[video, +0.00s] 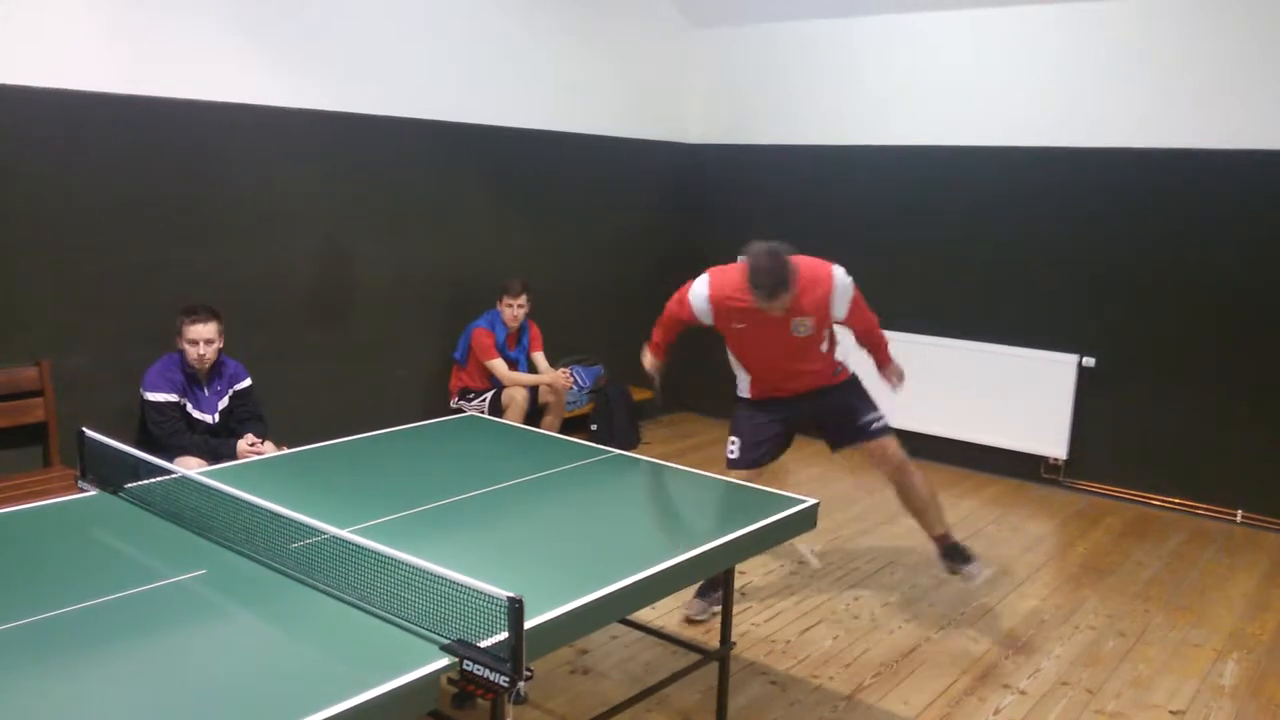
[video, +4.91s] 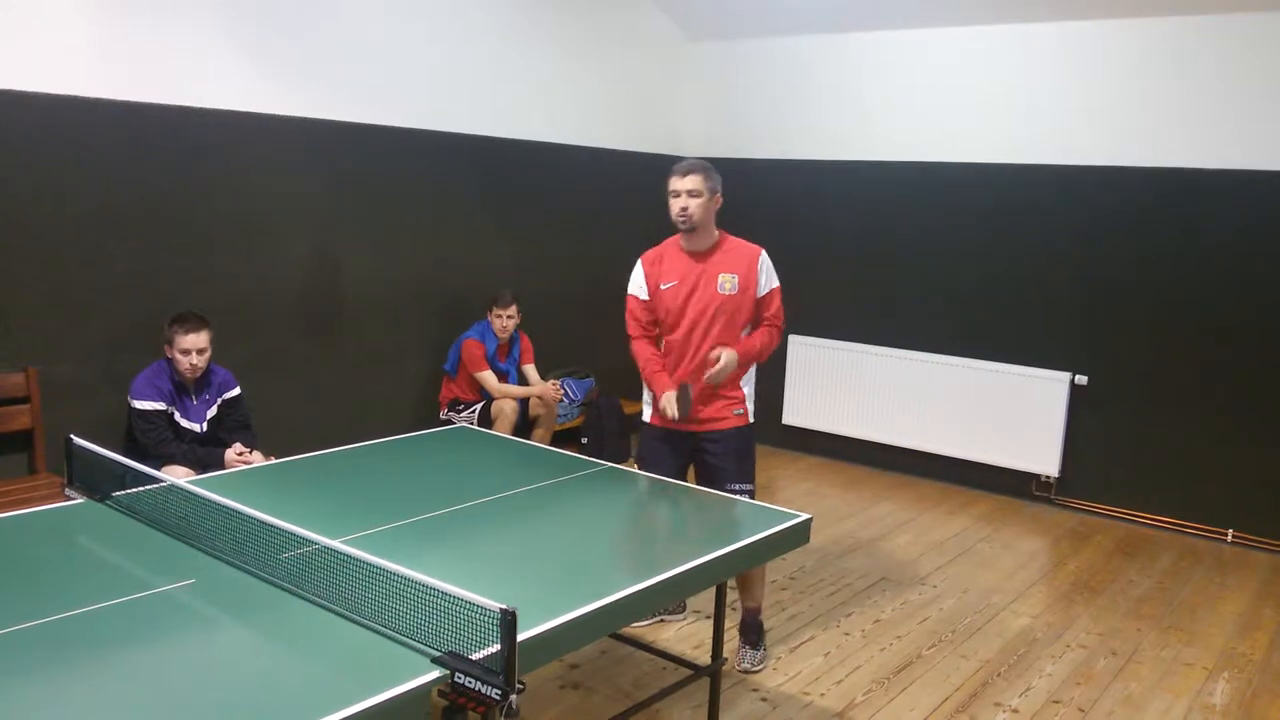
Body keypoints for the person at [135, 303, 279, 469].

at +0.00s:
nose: (201, 352)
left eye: (209, 343)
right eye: (193, 343)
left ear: (221, 342)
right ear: (179, 343)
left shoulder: (234, 372)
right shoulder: (159, 379)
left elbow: (249, 420)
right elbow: (172, 441)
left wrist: (249, 438)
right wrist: (232, 449)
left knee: (269, 450)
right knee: (193, 467)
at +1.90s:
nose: (200, 361)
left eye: (207, 352)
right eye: (191, 353)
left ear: (214, 349)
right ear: (172, 351)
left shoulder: (227, 380)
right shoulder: (151, 387)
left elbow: (242, 428)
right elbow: (163, 449)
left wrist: (243, 446)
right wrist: (224, 457)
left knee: (261, 459)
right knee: (186, 475)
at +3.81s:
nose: (204, 361)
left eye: (211, 351)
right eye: (196, 353)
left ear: (220, 348)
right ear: (178, 350)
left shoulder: (232, 380)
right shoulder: (156, 385)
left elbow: (248, 427)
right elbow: (168, 447)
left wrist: (246, 445)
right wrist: (229, 456)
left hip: (224, 459)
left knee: (266, 459)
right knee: (190, 474)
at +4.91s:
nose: (194, 361)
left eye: (201, 352)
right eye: (185, 353)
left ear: (210, 350)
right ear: (168, 351)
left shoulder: (223, 380)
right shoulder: (147, 387)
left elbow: (239, 429)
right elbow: (159, 448)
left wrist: (239, 447)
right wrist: (220, 459)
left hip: (212, 459)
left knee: (257, 461)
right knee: (181, 476)